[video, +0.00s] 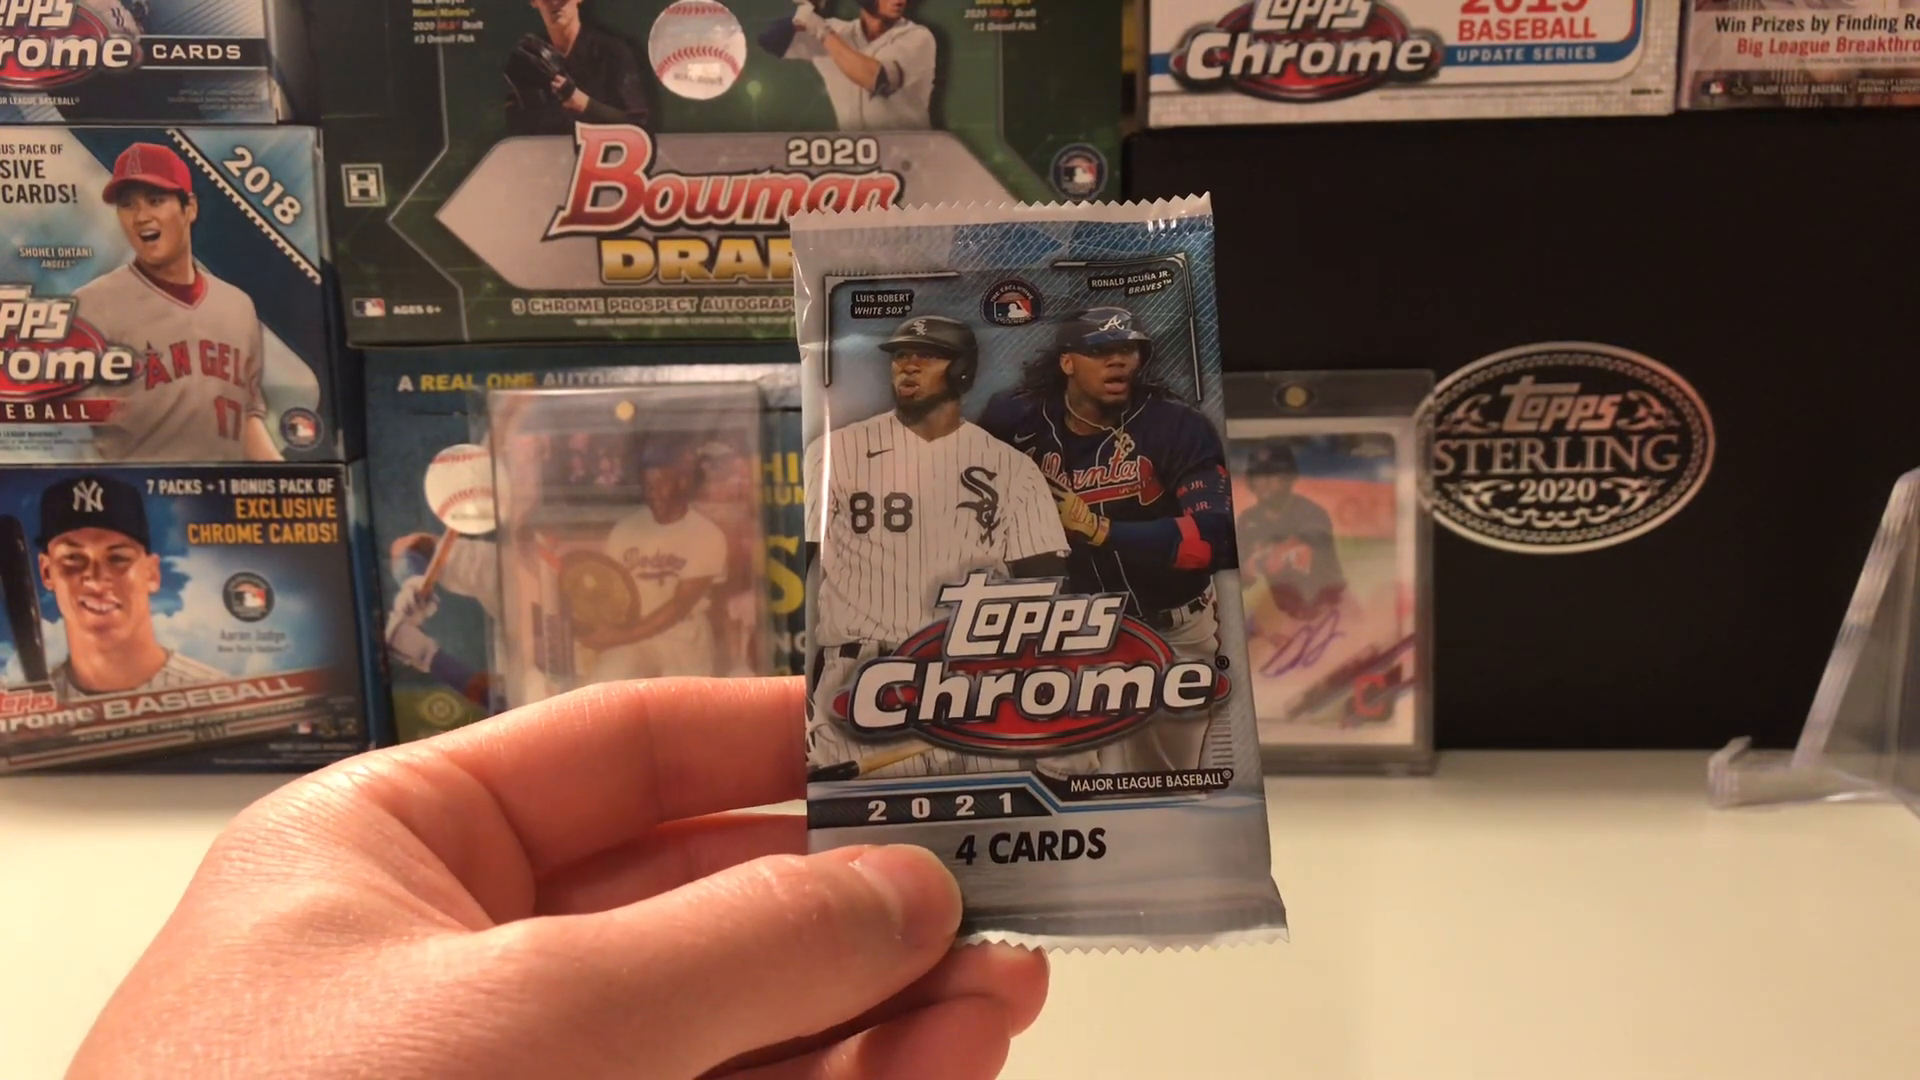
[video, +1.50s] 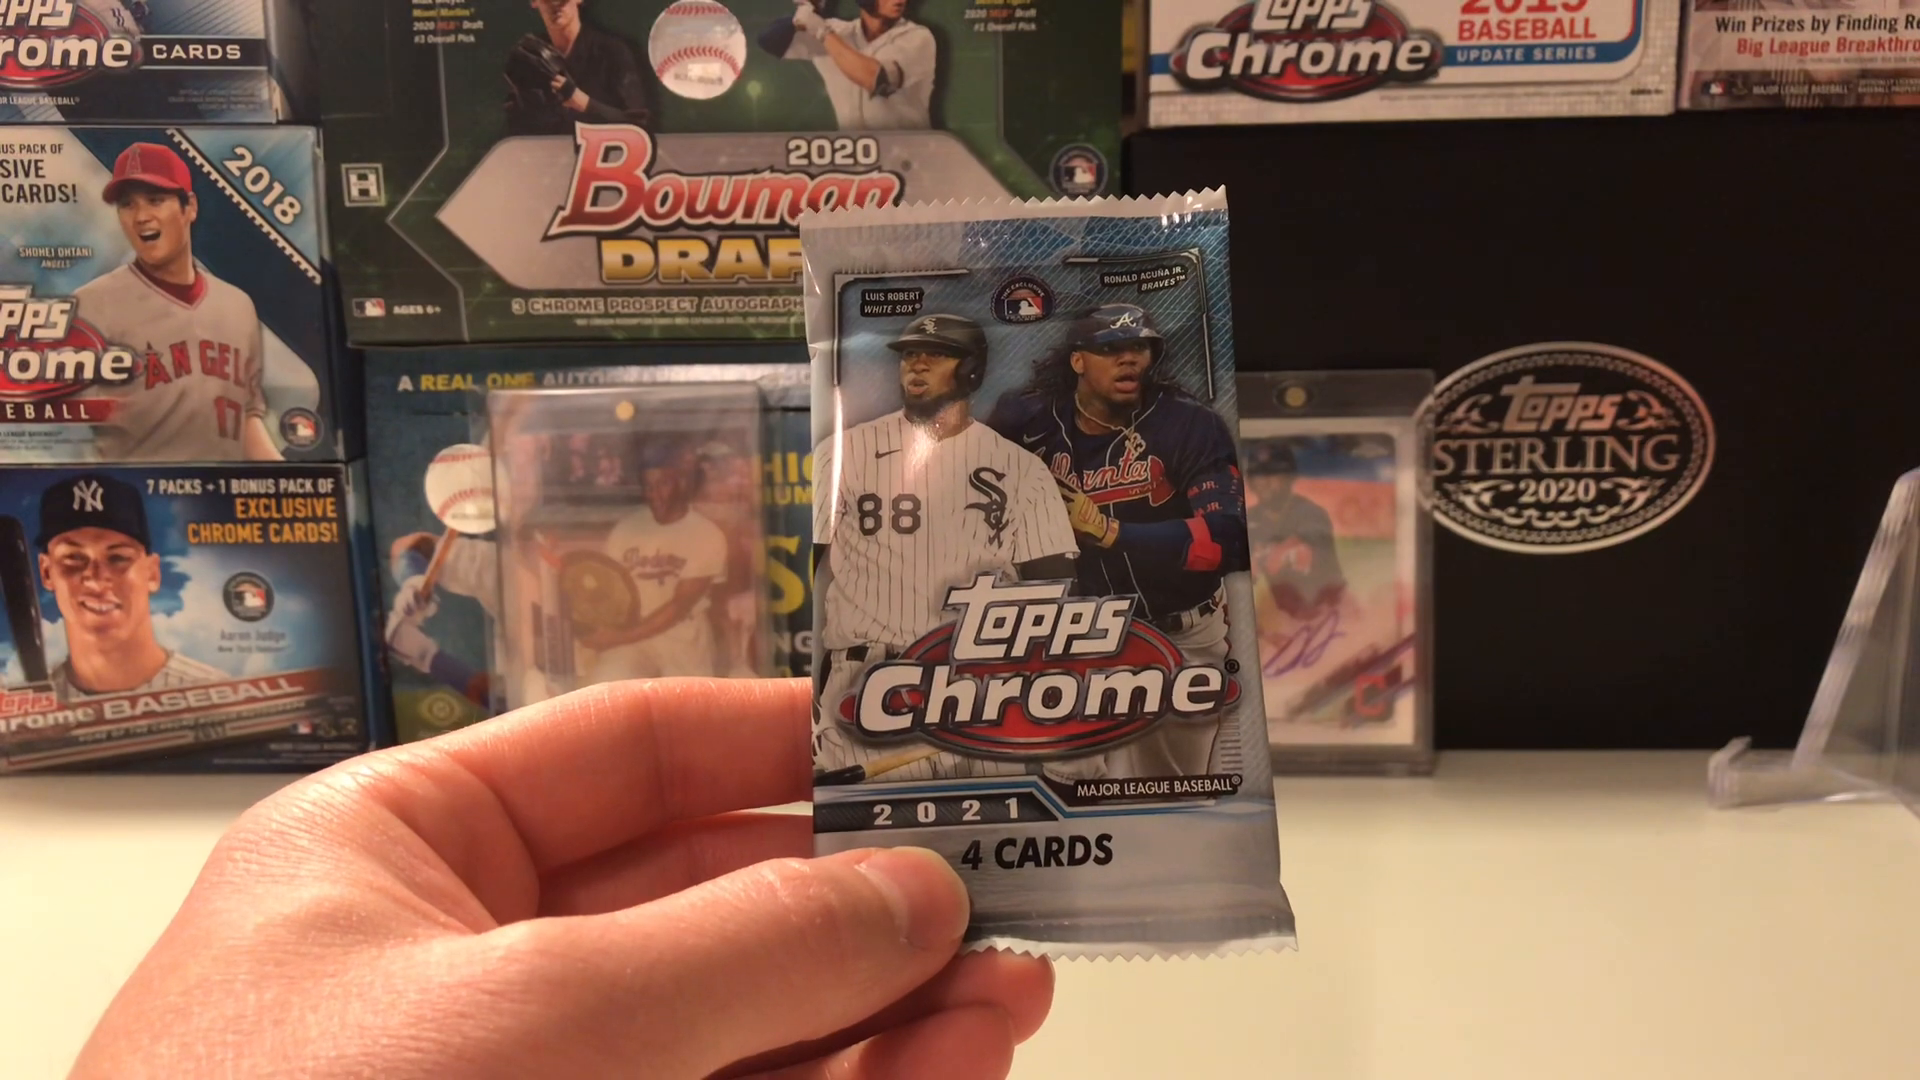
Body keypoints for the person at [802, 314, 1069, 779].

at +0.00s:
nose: (907, 367)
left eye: (925, 356)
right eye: (900, 355)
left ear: (960, 370)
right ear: (890, 365)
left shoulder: (1012, 470)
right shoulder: (832, 456)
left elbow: (1043, 592)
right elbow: (793, 574)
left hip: (972, 696)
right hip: (853, 694)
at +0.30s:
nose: (909, 364)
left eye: (926, 353)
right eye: (902, 352)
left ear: (962, 368)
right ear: (892, 362)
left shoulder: (1014, 468)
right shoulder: (834, 453)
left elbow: (1045, 587)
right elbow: (791, 571)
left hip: (973, 693)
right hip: (853, 691)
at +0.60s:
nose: (910, 364)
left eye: (927, 353)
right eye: (903, 353)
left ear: (963, 368)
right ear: (893, 362)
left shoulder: (1015, 470)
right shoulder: (836, 453)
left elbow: (1047, 590)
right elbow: (802, 571)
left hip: (970, 693)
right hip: (852, 690)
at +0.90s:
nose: (911, 365)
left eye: (928, 354)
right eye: (904, 353)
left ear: (964, 369)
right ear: (894, 363)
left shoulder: (1016, 470)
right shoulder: (838, 454)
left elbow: (1047, 591)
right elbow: (786, 568)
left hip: (971, 691)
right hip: (853, 689)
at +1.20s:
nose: (912, 365)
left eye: (930, 354)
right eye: (905, 353)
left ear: (965, 369)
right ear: (895, 363)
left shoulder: (1017, 470)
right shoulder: (837, 454)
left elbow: (1048, 590)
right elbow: (791, 567)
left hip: (972, 692)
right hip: (853, 689)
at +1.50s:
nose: (916, 366)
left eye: (933, 356)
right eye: (909, 355)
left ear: (968, 370)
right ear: (899, 365)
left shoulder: (1020, 471)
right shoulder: (840, 456)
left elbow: (1051, 594)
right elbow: (812, 571)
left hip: (975, 694)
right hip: (856, 692)